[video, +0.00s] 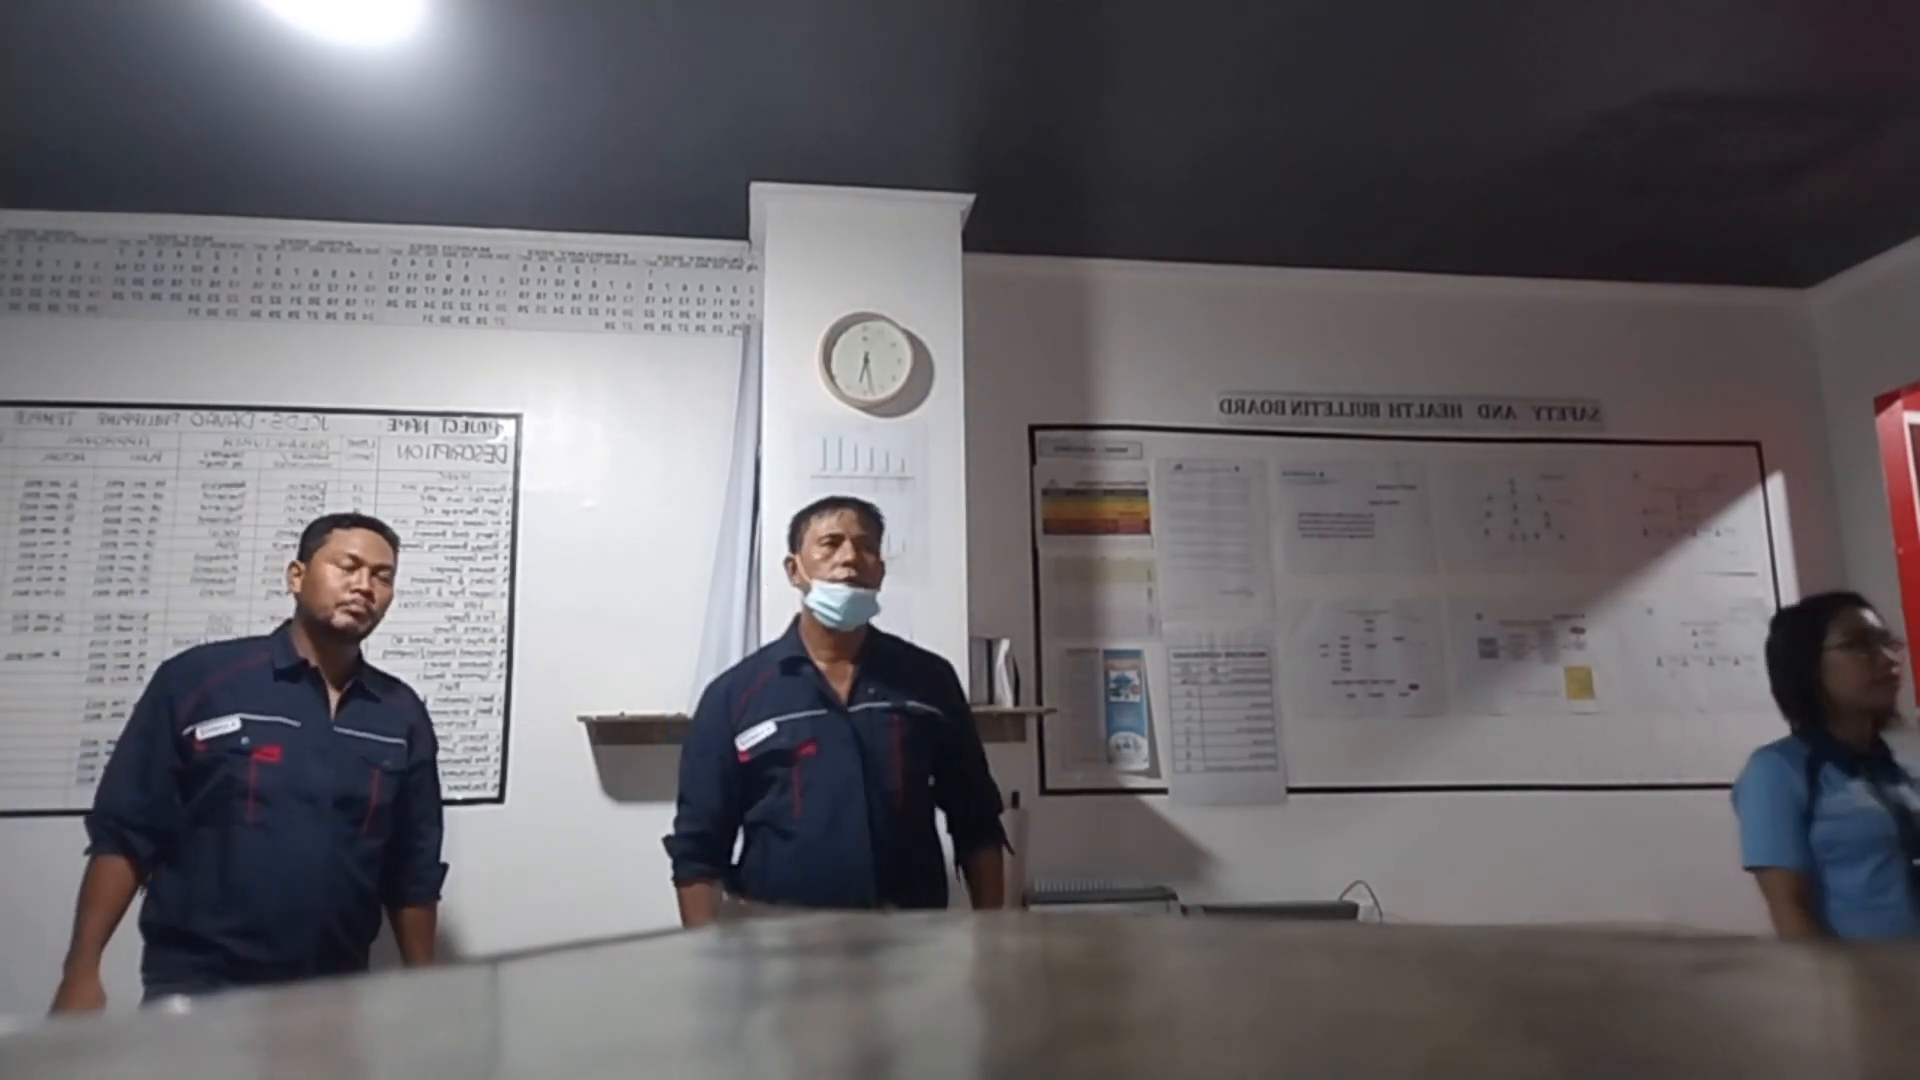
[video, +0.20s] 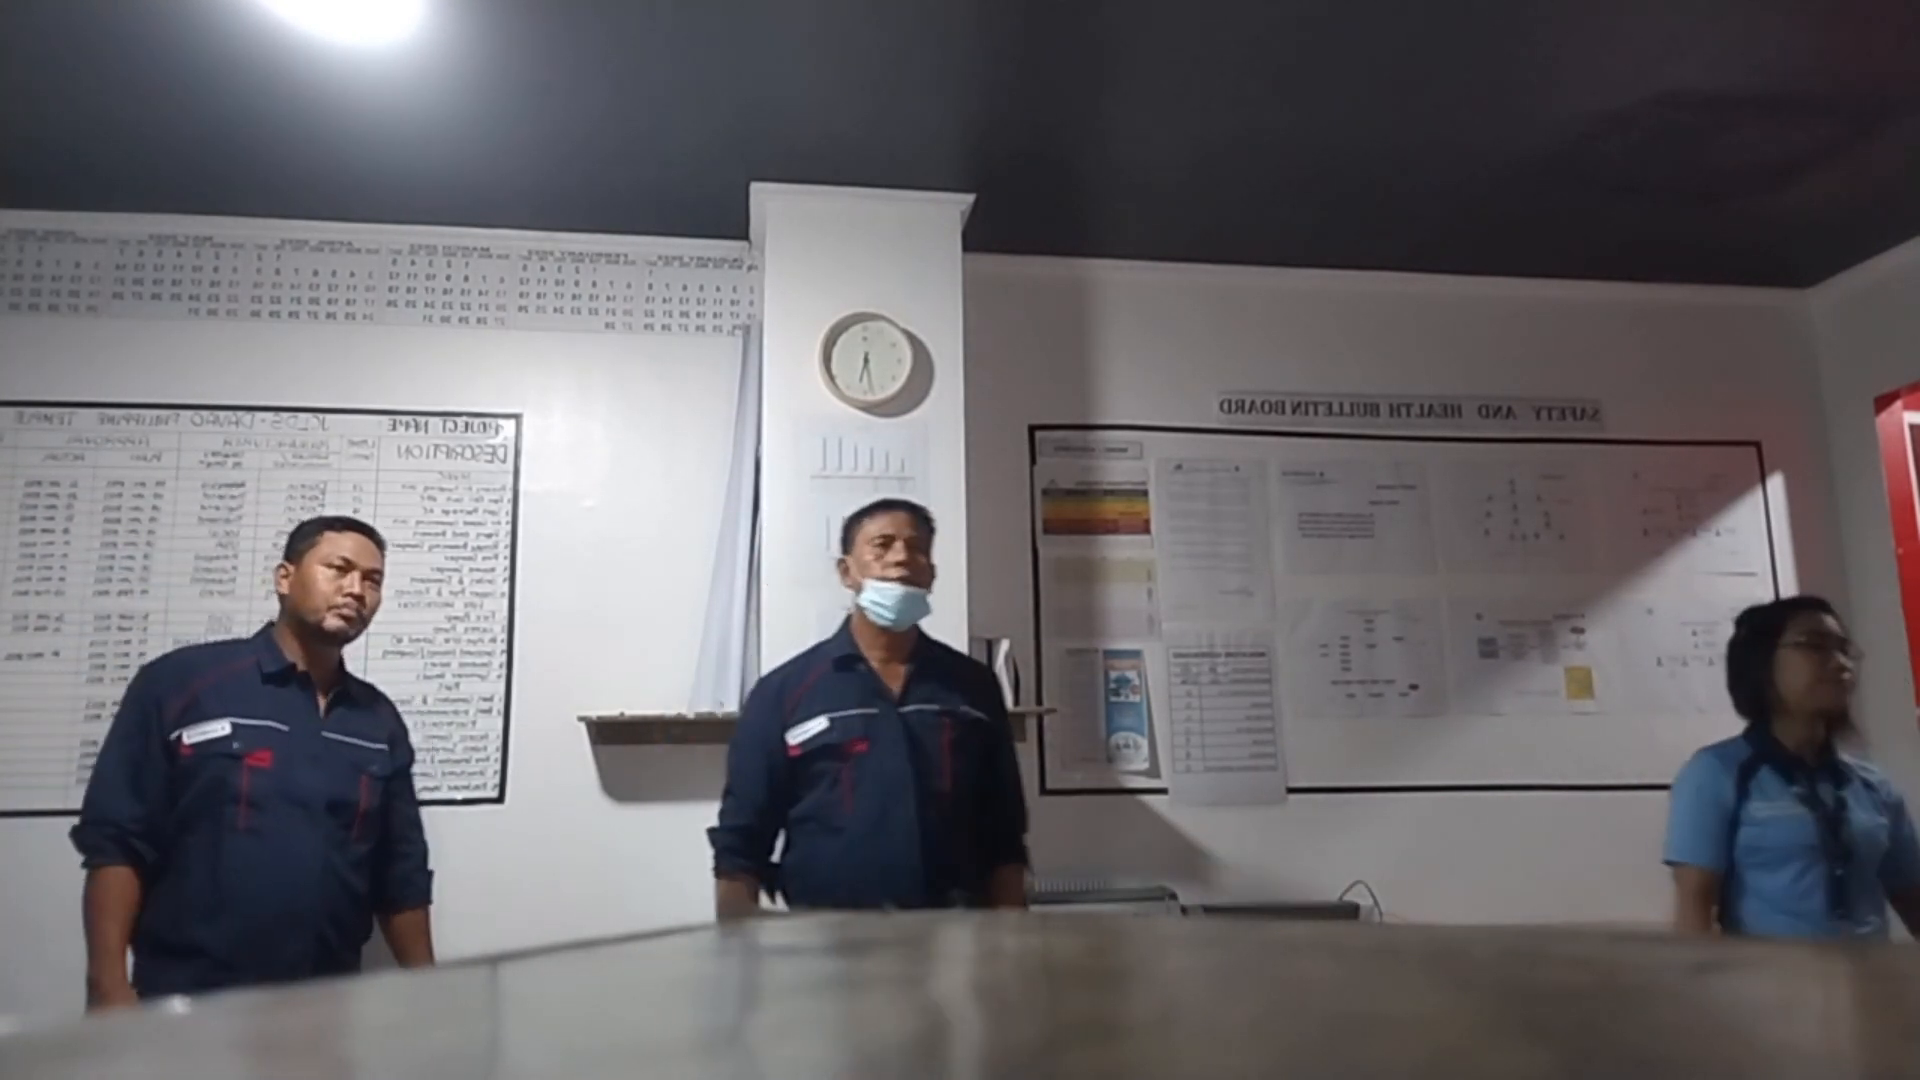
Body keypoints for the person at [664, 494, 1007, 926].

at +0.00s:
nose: (850, 556)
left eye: (865, 546)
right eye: (829, 543)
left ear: (881, 570)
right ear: (795, 570)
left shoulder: (929, 681)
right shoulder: (732, 698)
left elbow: (976, 822)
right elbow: (695, 853)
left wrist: (991, 943)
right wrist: (712, 973)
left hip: (913, 942)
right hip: (782, 945)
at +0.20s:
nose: (902, 558)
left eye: (916, 547)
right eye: (882, 546)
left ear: (932, 572)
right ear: (847, 571)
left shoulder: (976, 687)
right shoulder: (781, 696)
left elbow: (1005, 848)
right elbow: (738, 855)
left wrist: (1010, 961)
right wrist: (742, 973)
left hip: (955, 945)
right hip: (826, 950)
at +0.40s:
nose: (958, 560)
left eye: (972, 551)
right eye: (939, 546)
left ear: (985, 576)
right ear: (901, 570)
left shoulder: (1017, 692)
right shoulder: (829, 690)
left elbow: (1059, 840)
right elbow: (784, 840)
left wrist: (1076, 955)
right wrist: (791, 962)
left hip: (997, 948)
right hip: (870, 950)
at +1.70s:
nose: (886, 566)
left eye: (900, 555)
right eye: (867, 554)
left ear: (916, 580)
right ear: (834, 577)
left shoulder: (967, 687)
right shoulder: (773, 697)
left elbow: (998, 837)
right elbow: (736, 845)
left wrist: (1000, 951)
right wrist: (743, 960)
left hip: (945, 944)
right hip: (820, 947)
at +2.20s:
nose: (891, 563)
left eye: (907, 553)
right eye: (872, 551)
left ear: (923, 580)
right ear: (840, 577)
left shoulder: (970, 689)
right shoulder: (777, 696)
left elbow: (1001, 833)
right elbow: (739, 839)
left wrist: (1000, 946)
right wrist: (739, 958)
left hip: (948, 943)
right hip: (822, 945)